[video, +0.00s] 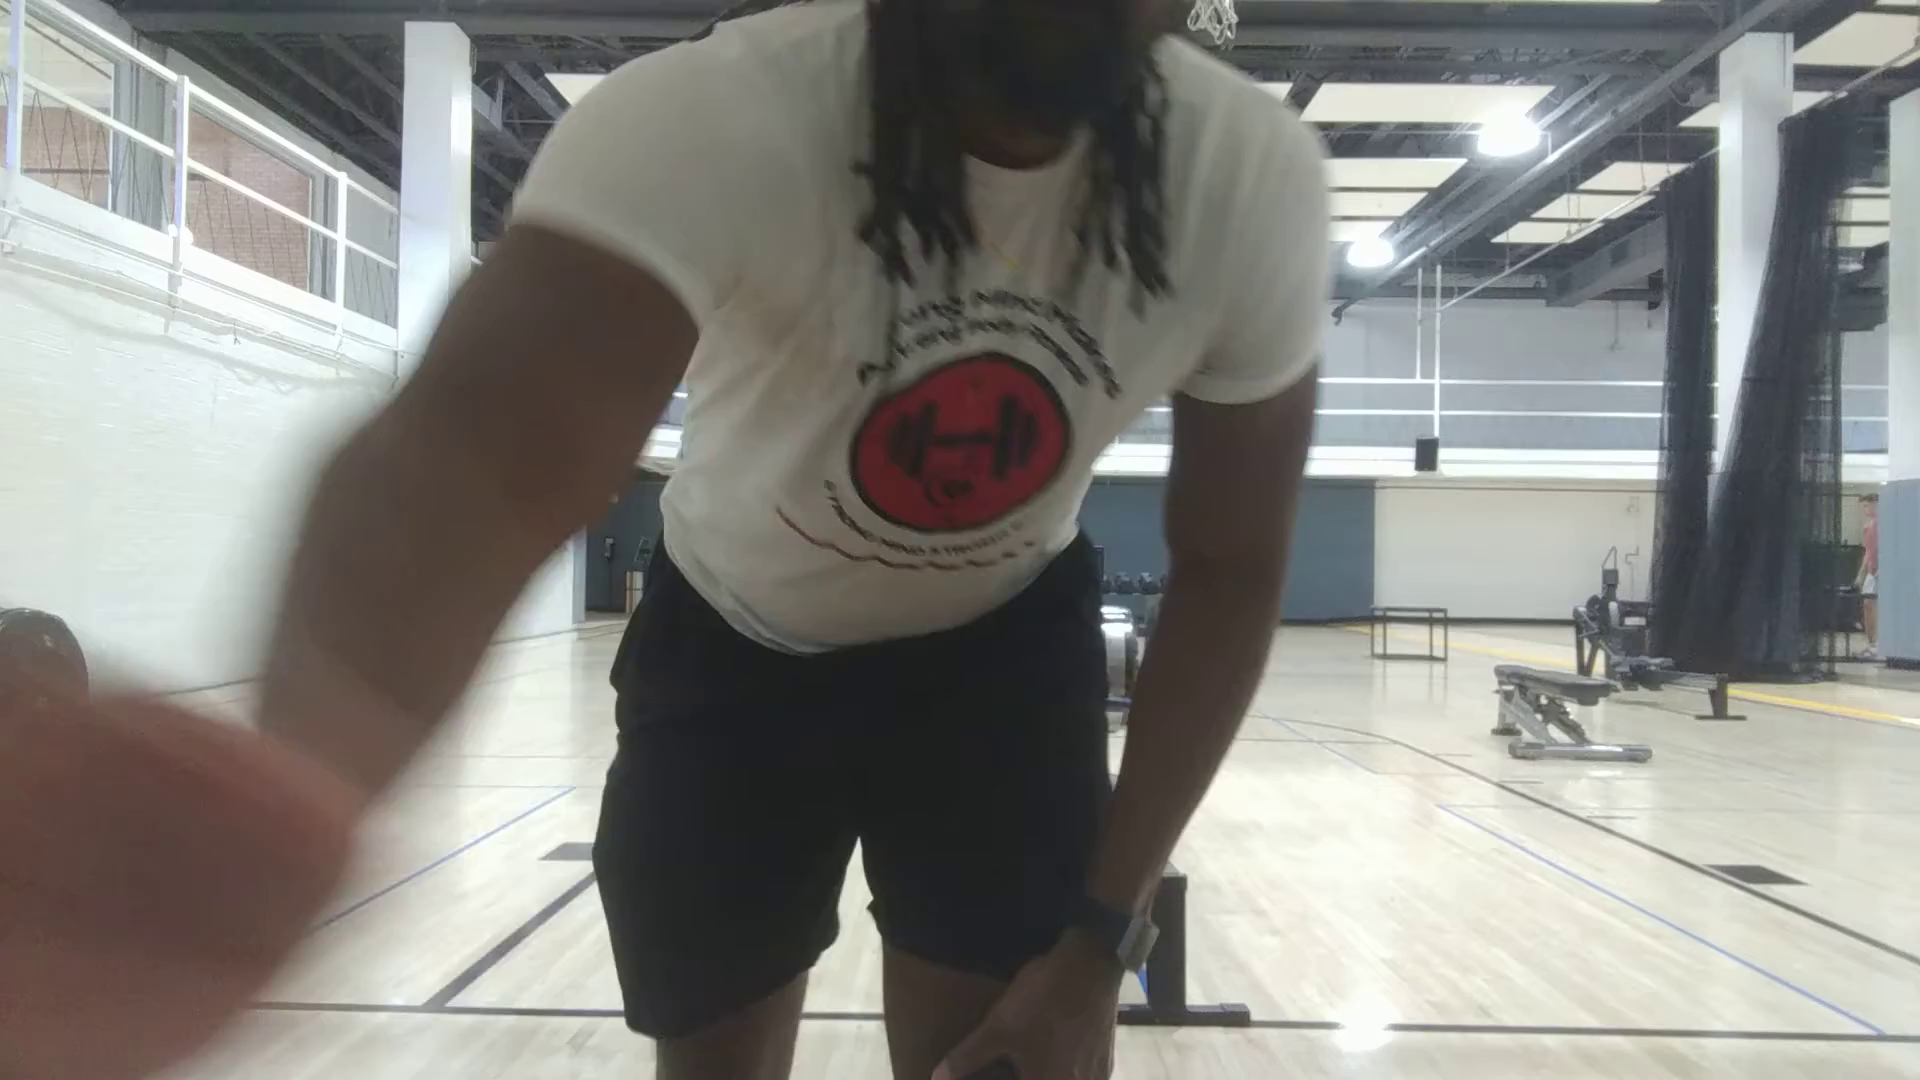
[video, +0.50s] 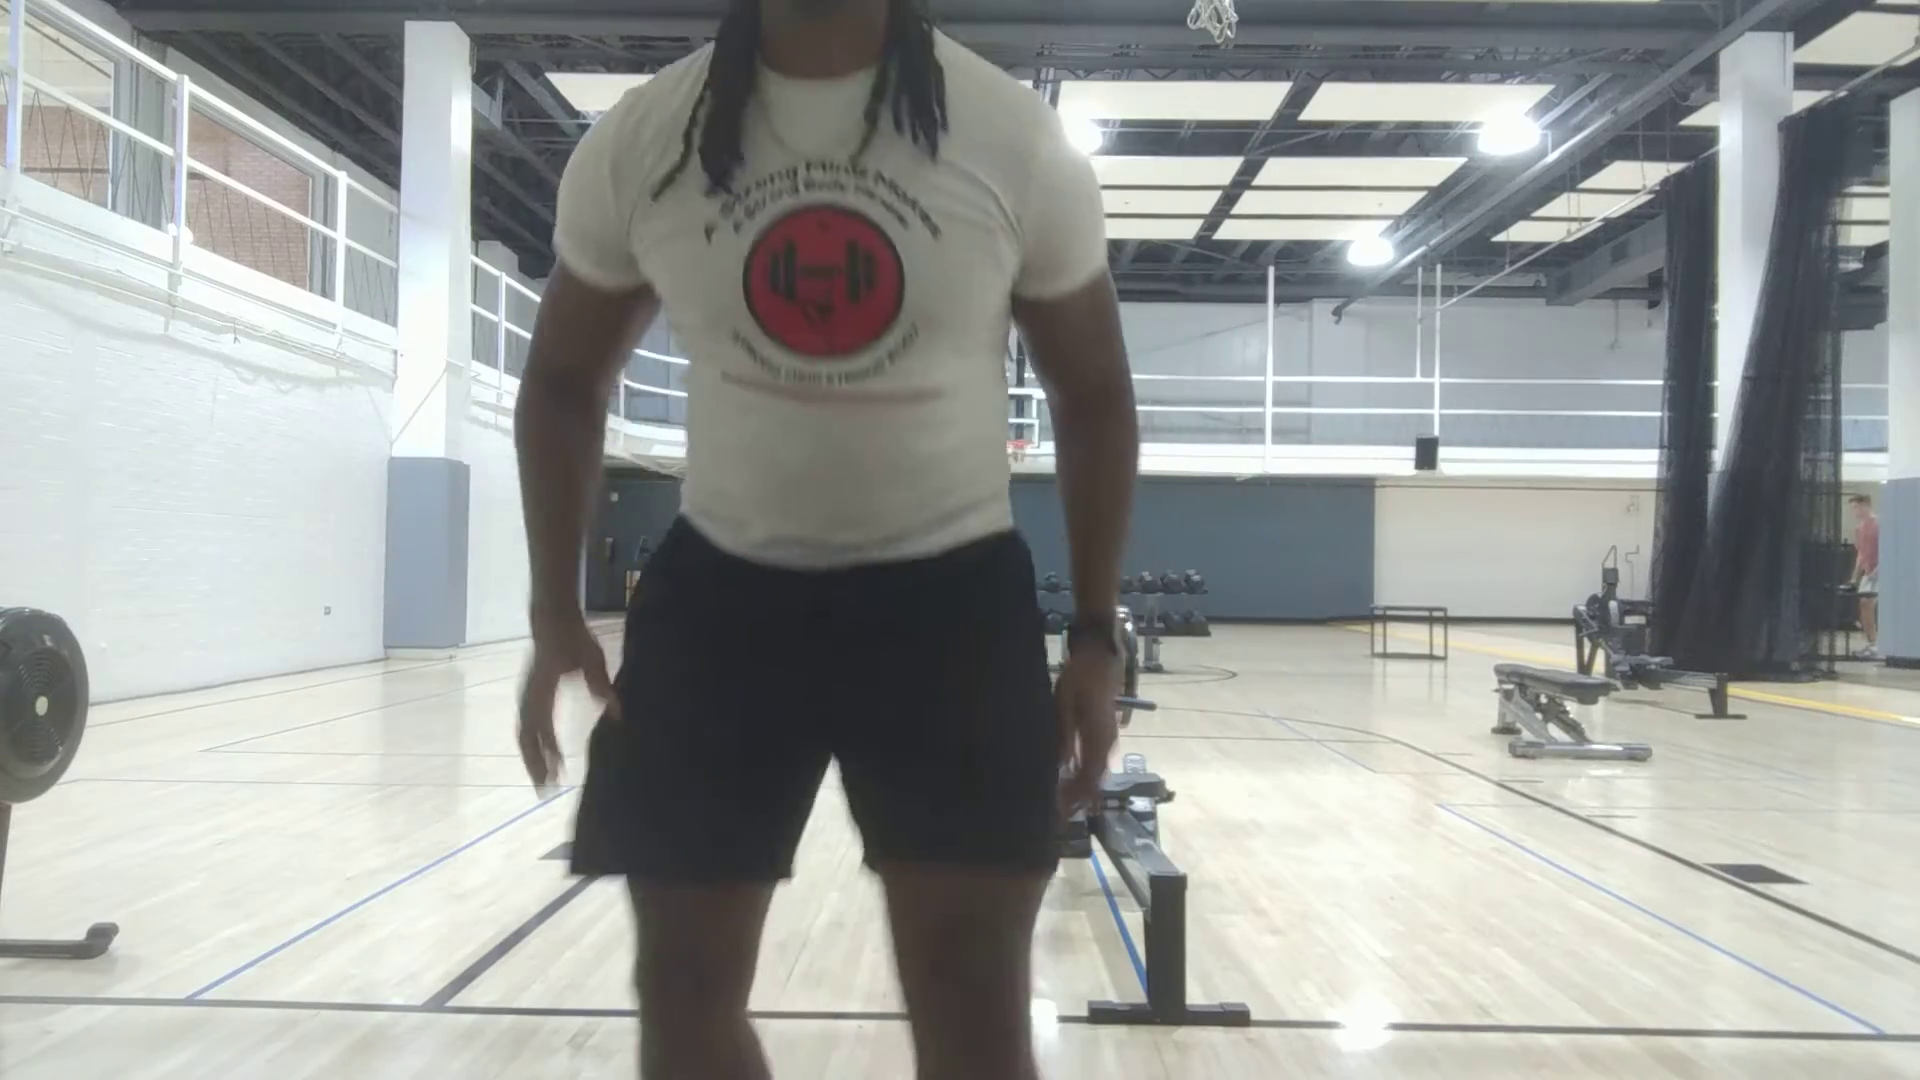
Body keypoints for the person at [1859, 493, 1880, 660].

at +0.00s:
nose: (1865, 510)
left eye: (1867, 506)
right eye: (1864, 506)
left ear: (1875, 506)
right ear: (1864, 508)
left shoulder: (1876, 524)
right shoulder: (1869, 525)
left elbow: (1872, 552)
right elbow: (1868, 553)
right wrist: (1860, 575)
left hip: (1878, 571)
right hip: (1872, 571)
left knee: (1870, 602)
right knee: (1868, 602)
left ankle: (1874, 644)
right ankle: (1872, 643)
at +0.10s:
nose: (1862, 509)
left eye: (1864, 505)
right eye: (1861, 506)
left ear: (1872, 506)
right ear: (1863, 508)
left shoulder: (1873, 525)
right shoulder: (1867, 526)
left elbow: (1870, 551)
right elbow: (1864, 552)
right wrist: (1858, 575)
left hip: (1875, 571)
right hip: (1869, 570)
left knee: (1870, 604)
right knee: (1867, 603)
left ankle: (1874, 644)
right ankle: (1872, 643)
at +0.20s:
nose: (1859, 508)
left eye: (1862, 504)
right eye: (1858, 504)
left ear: (1871, 505)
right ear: (1859, 506)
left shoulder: (1877, 524)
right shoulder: (1862, 527)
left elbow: (1883, 550)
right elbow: (1861, 552)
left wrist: (1876, 570)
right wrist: (1855, 575)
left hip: (1877, 570)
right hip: (1866, 570)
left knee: (1870, 601)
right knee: (1866, 602)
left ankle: (1874, 643)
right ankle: (1871, 642)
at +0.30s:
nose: (1856, 509)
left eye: (1858, 505)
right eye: (1855, 505)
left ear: (1867, 505)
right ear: (1856, 507)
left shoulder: (1877, 524)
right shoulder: (1860, 527)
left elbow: (1884, 552)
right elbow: (1860, 553)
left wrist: (1874, 571)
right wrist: (1854, 576)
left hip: (1879, 570)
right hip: (1868, 571)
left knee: (1868, 601)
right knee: (1866, 602)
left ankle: (1874, 643)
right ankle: (1871, 643)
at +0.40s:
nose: (1855, 511)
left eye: (1857, 507)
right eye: (1854, 507)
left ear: (1865, 506)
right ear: (1855, 509)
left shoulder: (1877, 524)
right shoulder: (1860, 528)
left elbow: (1884, 553)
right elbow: (1860, 554)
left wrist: (1874, 572)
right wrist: (1854, 576)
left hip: (1879, 571)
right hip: (1868, 572)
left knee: (1867, 604)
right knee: (1865, 604)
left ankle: (1873, 643)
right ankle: (1871, 643)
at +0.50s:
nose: (1855, 511)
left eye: (1857, 507)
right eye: (1854, 507)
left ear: (1866, 506)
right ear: (1856, 509)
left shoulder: (1877, 525)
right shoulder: (1860, 528)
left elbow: (1884, 553)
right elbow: (1861, 553)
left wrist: (1874, 572)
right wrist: (1854, 577)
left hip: (1879, 571)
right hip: (1868, 572)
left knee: (1868, 603)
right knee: (1865, 604)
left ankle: (1873, 643)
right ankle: (1871, 643)